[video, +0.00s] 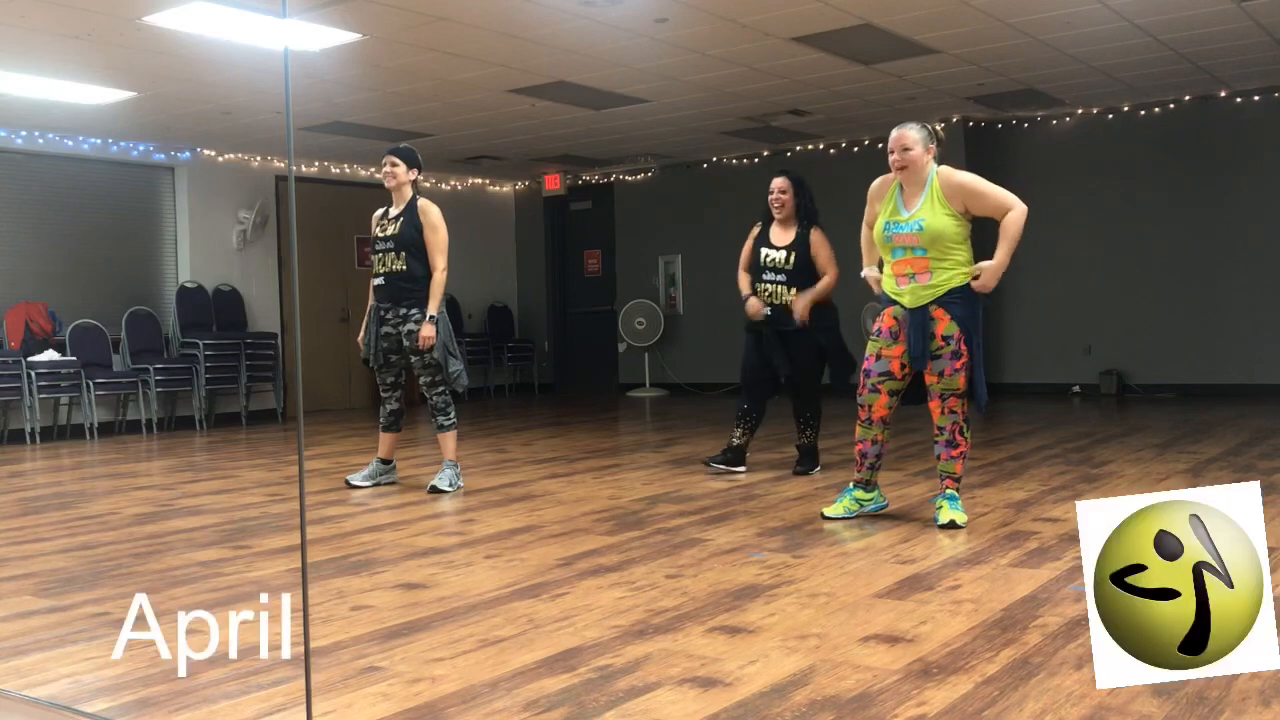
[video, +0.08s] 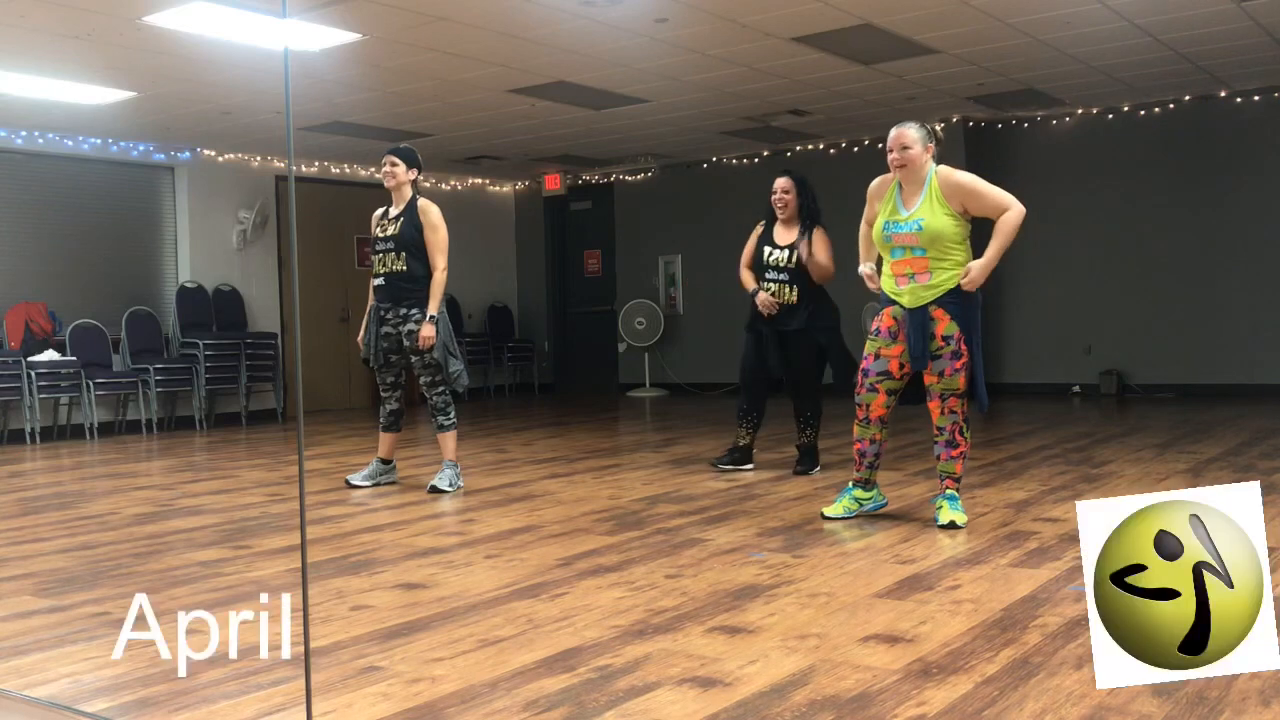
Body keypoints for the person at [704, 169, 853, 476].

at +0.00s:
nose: (775, 198)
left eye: (782, 192)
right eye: (772, 193)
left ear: (797, 197)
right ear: (768, 198)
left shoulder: (812, 235)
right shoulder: (758, 232)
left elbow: (831, 275)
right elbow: (744, 271)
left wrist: (808, 297)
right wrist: (749, 297)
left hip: (801, 330)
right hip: (764, 328)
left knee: (804, 391)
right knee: (753, 387)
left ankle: (808, 454)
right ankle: (736, 451)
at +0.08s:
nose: (778, 198)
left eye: (785, 192)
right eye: (774, 193)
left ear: (800, 197)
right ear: (771, 198)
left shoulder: (814, 234)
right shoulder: (762, 230)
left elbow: (825, 275)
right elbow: (744, 268)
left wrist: (809, 257)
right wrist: (757, 293)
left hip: (805, 325)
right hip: (766, 324)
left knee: (805, 387)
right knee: (752, 382)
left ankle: (808, 453)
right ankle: (743, 450)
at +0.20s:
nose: (780, 198)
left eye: (787, 192)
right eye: (776, 192)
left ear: (802, 197)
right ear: (772, 197)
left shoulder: (815, 231)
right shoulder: (764, 229)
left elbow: (816, 265)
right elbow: (744, 266)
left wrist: (809, 230)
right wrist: (757, 294)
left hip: (804, 324)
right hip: (765, 323)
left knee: (804, 386)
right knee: (753, 380)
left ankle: (808, 453)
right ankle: (754, 447)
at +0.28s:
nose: (779, 199)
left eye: (785, 194)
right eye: (775, 194)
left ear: (802, 198)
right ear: (771, 198)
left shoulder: (814, 232)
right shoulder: (762, 230)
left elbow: (816, 260)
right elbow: (742, 268)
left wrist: (800, 222)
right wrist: (752, 296)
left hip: (802, 326)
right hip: (764, 326)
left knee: (804, 387)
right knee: (758, 385)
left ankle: (808, 453)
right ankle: (762, 447)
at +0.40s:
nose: (775, 200)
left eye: (782, 195)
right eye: (772, 195)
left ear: (797, 200)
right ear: (767, 199)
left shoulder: (808, 232)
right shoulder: (757, 232)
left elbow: (808, 257)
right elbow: (738, 270)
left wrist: (796, 216)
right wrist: (745, 297)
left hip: (798, 327)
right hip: (760, 328)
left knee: (802, 389)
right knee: (761, 389)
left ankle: (807, 453)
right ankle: (763, 449)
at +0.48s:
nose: (768, 199)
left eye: (775, 194)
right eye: (765, 194)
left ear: (791, 198)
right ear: (761, 198)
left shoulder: (801, 232)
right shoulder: (751, 233)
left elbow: (802, 256)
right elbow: (733, 270)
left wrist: (787, 216)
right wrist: (738, 296)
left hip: (794, 326)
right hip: (756, 328)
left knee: (798, 388)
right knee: (760, 389)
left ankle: (807, 454)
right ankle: (762, 450)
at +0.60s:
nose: (762, 199)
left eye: (769, 194)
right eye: (759, 194)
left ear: (784, 199)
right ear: (754, 200)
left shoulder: (794, 232)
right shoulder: (747, 235)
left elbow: (794, 255)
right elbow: (729, 271)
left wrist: (783, 214)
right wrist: (731, 296)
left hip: (789, 325)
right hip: (752, 327)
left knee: (795, 388)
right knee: (757, 389)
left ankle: (806, 453)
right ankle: (762, 449)